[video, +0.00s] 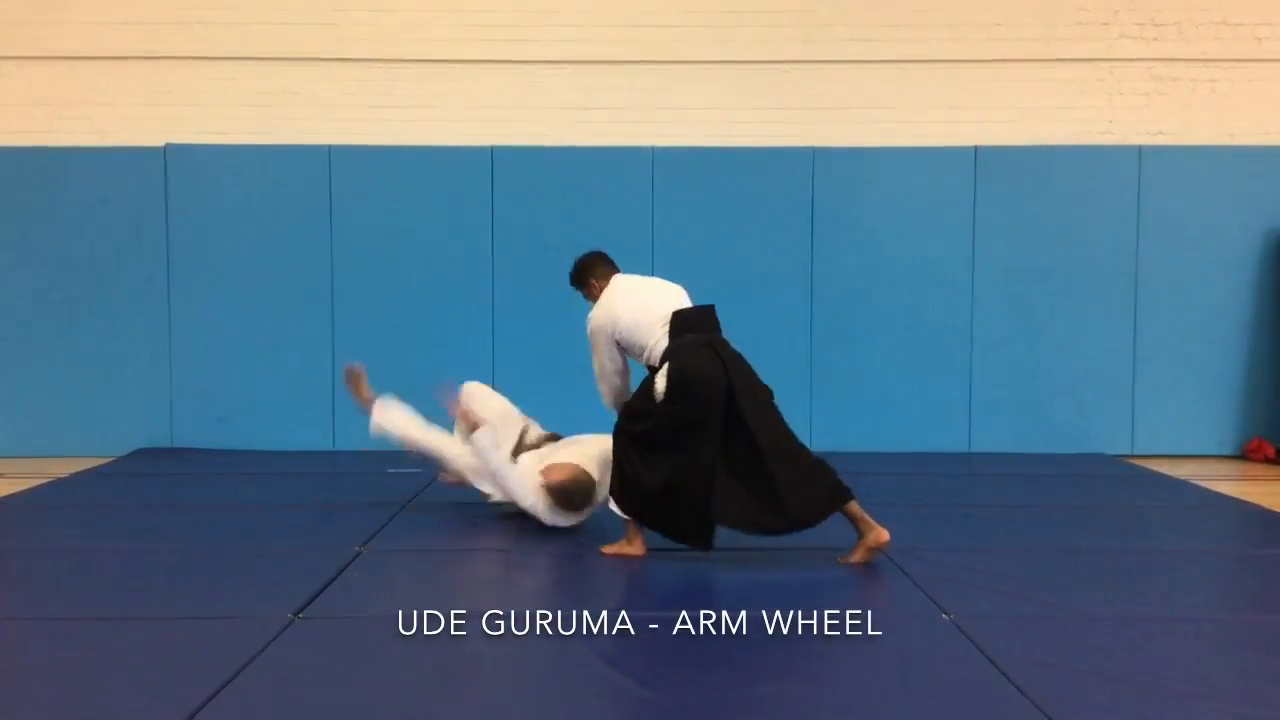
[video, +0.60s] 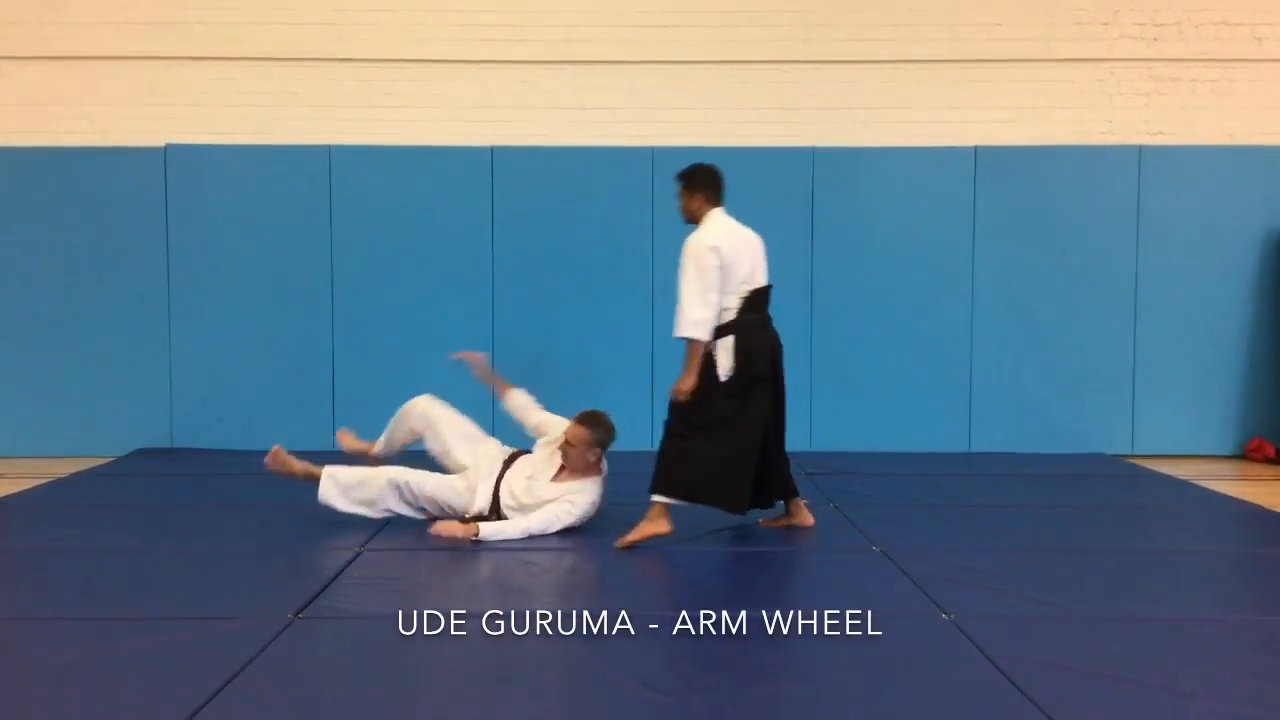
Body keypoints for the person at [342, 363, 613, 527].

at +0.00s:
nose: (549, 470)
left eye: (552, 478)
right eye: (560, 467)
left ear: (556, 495)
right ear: (574, 463)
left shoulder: (539, 503)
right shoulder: (603, 452)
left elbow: (500, 463)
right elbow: (634, 449)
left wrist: (474, 428)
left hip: (506, 479)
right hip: (535, 441)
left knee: (438, 443)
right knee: (473, 391)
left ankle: (375, 404)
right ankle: (467, 472)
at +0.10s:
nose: (564, 463)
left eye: (570, 466)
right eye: (569, 459)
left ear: (579, 483)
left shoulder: (555, 511)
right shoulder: (599, 463)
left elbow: (514, 472)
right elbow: (616, 434)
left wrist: (494, 422)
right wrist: (625, 406)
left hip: (481, 482)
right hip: (520, 459)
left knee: (428, 418)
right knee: (490, 383)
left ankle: (373, 370)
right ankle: (474, 454)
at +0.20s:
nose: (565, 463)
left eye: (573, 467)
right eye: (571, 459)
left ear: (586, 482)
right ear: (582, 456)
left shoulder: (557, 509)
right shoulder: (598, 459)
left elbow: (512, 493)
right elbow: (617, 434)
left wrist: (481, 444)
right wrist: (634, 410)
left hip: (479, 489)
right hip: (511, 462)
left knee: (416, 433)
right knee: (513, 383)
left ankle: (353, 380)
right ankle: (454, 424)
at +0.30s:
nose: (567, 458)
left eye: (575, 461)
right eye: (573, 453)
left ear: (589, 479)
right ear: (592, 457)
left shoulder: (567, 515)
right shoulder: (601, 462)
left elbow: (510, 497)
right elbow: (610, 424)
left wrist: (472, 460)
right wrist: (613, 394)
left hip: (482, 489)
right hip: (513, 459)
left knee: (416, 453)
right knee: (511, 383)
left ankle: (337, 406)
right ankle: (443, 410)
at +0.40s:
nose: (570, 457)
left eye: (578, 458)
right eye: (574, 452)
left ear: (597, 472)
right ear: (593, 454)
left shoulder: (576, 513)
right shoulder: (601, 461)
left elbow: (521, 514)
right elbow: (591, 419)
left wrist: (475, 487)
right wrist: (586, 379)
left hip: (481, 492)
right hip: (505, 456)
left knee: (416, 466)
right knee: (494, 378)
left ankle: (332, 438)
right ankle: (429, 413)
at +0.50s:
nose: (571, 453)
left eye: (579, 453)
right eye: (574, 445)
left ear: (600, 464)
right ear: (580, 441)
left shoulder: (584, 509)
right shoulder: (584, 448)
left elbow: (528, 519)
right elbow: (564, 412)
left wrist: (476, 511)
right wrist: (545, 369)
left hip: (478, 494)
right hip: (502, 455)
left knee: (404, 477)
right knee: (461, 384)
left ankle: (318, 455)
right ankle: (402, 428)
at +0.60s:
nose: (562, 446)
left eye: (572, 445)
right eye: (565, 439)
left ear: (595, 457)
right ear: (571, 435)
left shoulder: (580, 500)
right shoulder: (565, 435)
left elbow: (529, 525)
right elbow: (530, 411)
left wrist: (472, 531)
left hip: (477, 500)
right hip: (494, 457)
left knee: (397, 483)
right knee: (423, 408)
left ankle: (305, 472)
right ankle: (379, 451)